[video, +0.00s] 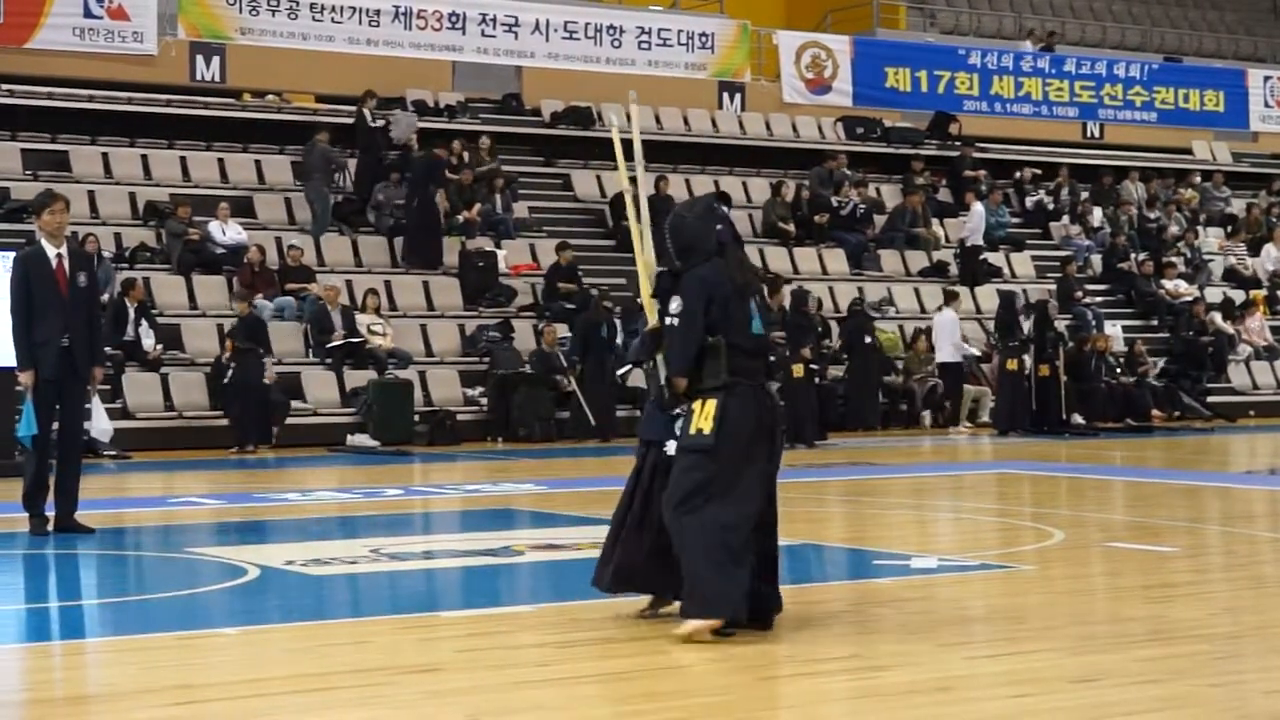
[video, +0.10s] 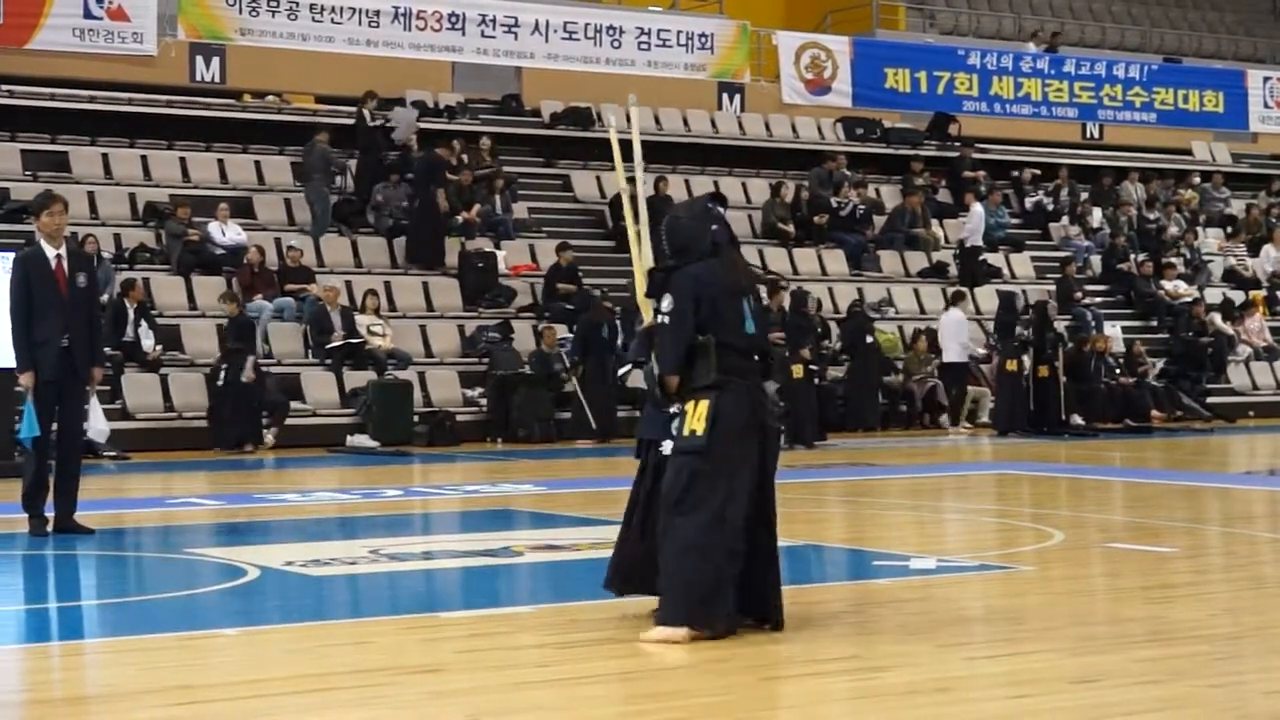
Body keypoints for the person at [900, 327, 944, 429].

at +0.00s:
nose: (924, 344)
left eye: (925, 341)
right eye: (920, 341)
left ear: (928, 343)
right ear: (914, 344)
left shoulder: (931, 358)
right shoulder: (910, 358)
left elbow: (933, 371)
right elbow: (913, 370)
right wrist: (928, 369)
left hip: (928, 379)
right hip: (913, 379)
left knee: (935, 387)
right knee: (915, 388)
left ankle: (928, 414)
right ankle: (917, 417)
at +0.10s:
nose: (924, 344)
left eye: (925, 341)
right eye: (921, 341)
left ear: (927, 343)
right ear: (914, 345)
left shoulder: (930, 358)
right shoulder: (910, 358)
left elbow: (933, 372)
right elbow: (913, 371)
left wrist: (920, 375)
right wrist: (929, 369)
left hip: (927, 380)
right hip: (912, 380)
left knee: (935, 385)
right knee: (914, 388)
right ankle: (916, 416)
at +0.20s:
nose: (924, 344)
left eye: (926, 341)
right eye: (921, 341)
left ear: (928, 344)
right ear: (915, 344)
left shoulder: (930, 358)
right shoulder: (910, 358)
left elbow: (932, 372)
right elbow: (913, 371)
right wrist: (929, 368)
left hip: (926, 380)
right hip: (911, 380)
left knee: (936, 386)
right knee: (914, 388)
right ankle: (915, 417)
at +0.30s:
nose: (927, 344)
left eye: (928, 341)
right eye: (923, 341)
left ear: (930, 344)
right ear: (917, 343)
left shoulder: (930, 358)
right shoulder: (911, 357)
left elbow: (933, 373)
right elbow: (913, 371)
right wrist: (930, 369)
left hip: (925, 380)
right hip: (910, 380)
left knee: (935, 386)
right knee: (914, 388)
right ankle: (915, 416)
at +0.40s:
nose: (928, 344)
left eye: (928, 341)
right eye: (925, 341)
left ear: (929, 343)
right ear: (918, 343)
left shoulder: (928, 357)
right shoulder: (912, 356)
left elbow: (932, 372)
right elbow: (913, 370)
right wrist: (929, 370)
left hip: (923, 380)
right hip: (909, 380)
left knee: (935, 386)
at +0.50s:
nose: (928, 344)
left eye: (929, 342)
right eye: (926, 341)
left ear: (929, 344)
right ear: (918, 343)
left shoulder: (928, 358)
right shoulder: (912, 356)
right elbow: (914, 371)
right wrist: (929, 370)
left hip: (922, 380)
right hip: (909, 380)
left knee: (934, 386)